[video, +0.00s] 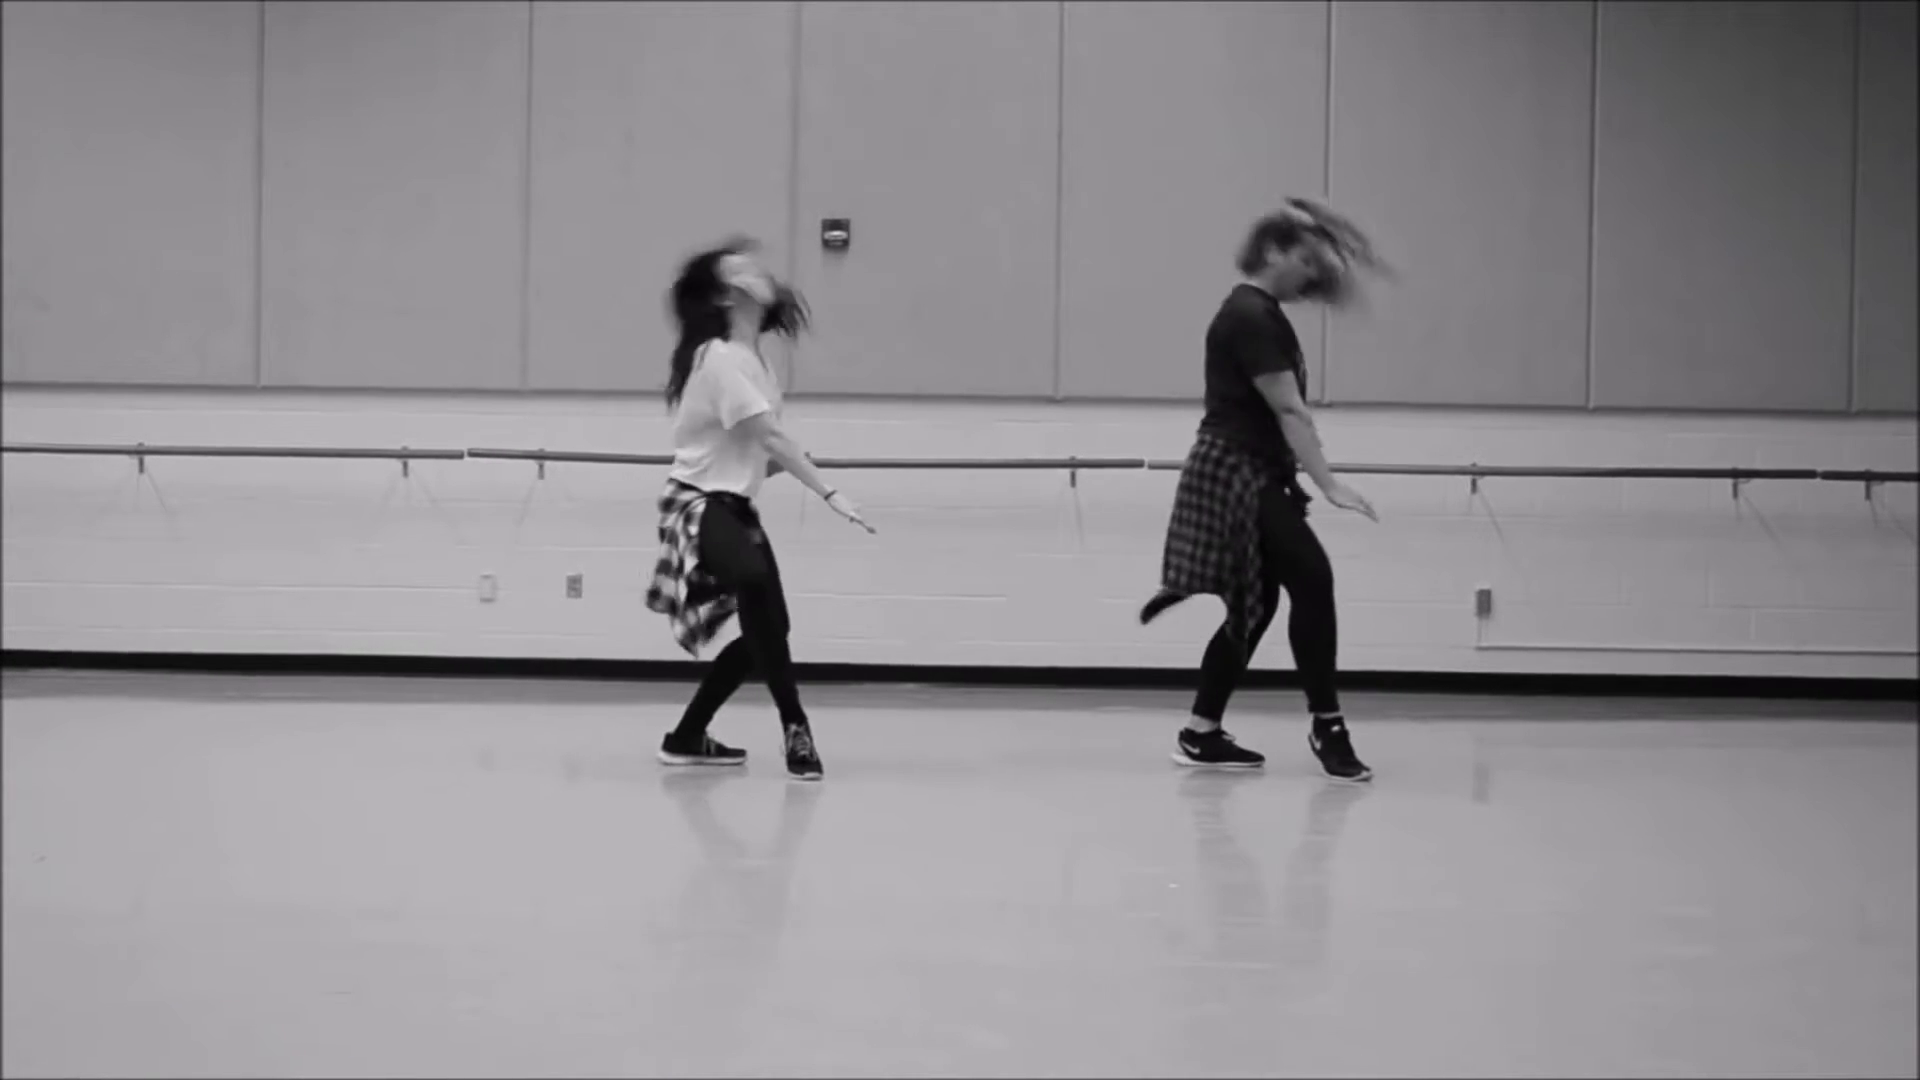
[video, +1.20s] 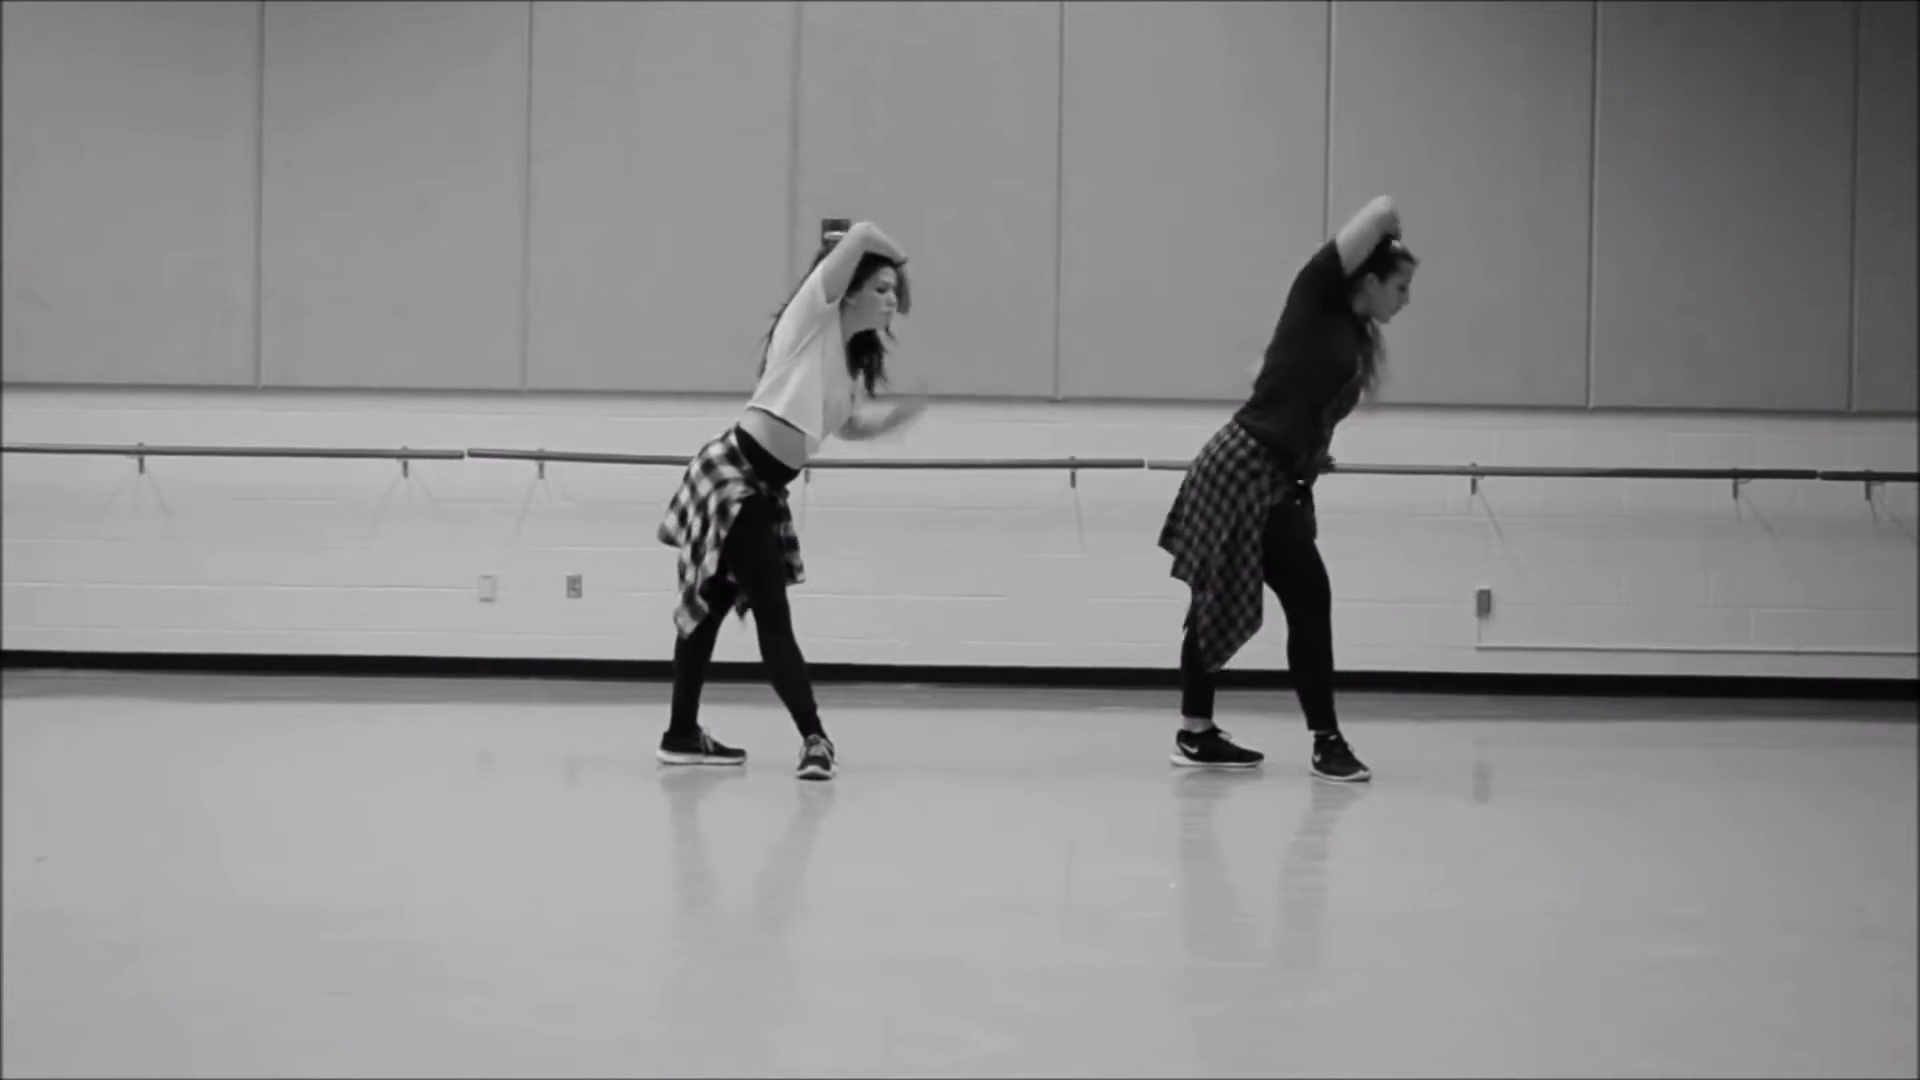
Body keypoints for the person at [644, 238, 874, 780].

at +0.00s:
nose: (764, 274)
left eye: (759, 266)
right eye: (748, 268)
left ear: (753, 293)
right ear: (727, 292)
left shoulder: (751, 360)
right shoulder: (723, 357)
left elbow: (739, 467)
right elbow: (770, 437)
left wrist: (786, 460)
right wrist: (827, 492)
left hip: (734, 509)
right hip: (704, 507)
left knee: (764, 634)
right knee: (764, 612)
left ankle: (688, 733)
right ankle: (796, 729)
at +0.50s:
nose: (747, 255)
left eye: (742, 249)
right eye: (732, 254)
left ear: (735, 276)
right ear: (712, 279)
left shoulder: (743, 329)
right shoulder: (732, 332)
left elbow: (744, 413)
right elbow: (800, 376)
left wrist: (787, 445)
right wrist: (864, 406)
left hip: (743, 491)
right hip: (720, 492)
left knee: (747, 616)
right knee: (775, 608)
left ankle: (686, 732)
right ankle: (815, 738)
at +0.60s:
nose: (771, 255)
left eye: (767, 247)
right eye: (756, 251)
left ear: (753, 270)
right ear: (732, 273)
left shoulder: (753, 325)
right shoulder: (751, 323)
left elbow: (735, 410)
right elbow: (820, 341)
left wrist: (783, 446)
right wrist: (880, 346)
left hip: (739, 488)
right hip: (720, 488)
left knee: (735, 612)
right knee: (771, 607)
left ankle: (683, 733)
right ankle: (814, 737)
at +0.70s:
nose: (797, 255)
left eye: (794, 247)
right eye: (783, 250)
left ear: (779, 269)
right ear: (757, 269)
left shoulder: (766, 320)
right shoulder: (767, 317)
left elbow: (743, 398)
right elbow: (832, 309)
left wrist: (784, 441)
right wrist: (889, 287)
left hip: (742, 480)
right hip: (725, 482)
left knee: (723, 610)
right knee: (769, 607)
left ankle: (683, 732)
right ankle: (813, 736)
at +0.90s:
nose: (849, 264)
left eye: (849, 254)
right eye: (841, 254)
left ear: (800, 265)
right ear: (813, 261)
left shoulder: (795, 324)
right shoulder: (792, 311)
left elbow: (763, 410)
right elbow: (853, 261)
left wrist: (801, 451)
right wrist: (895, 193)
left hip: (740, 475)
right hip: (739, 477)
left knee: (708, 606)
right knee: (769, 614)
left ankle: (682, 732)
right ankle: (813, 739)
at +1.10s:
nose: (886, 295)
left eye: (888, 287)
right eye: (876, 286)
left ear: (876, 297)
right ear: (842, 287)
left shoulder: (838, 356)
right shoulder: (803, 326)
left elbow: (785, 419)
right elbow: (845, 243)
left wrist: (805, 464)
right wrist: (890, 218)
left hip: (762, 485)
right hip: (735, 474)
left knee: (708, 606)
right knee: (771, 613)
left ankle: (681, 731)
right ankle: (814, 737)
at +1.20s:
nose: (891, 301)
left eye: (894, 293)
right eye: (880, 290)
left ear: (890, 302)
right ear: (849, 289)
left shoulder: (844, 366)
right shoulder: (808, 321)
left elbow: (850, 426)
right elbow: (859, 233)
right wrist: (894, 254)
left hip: (765, 488)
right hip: (735, 472)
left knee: (707, 605)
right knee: (772, 611)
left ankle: (682, 730)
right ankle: (814, 738)